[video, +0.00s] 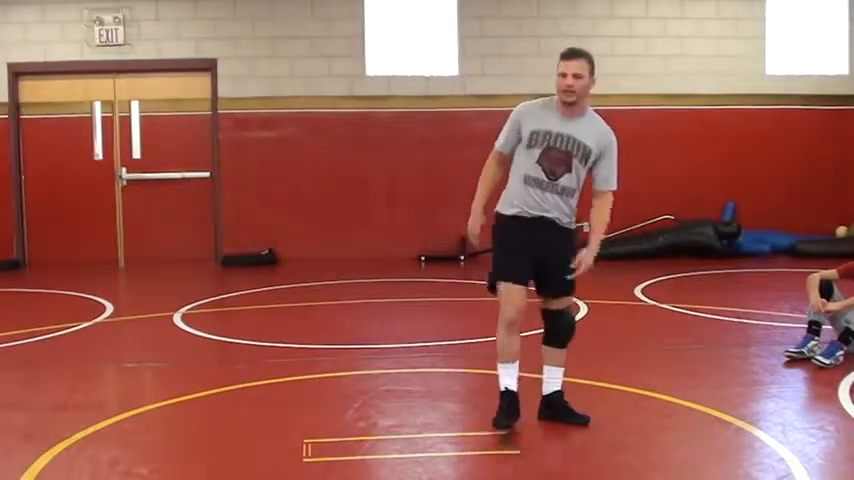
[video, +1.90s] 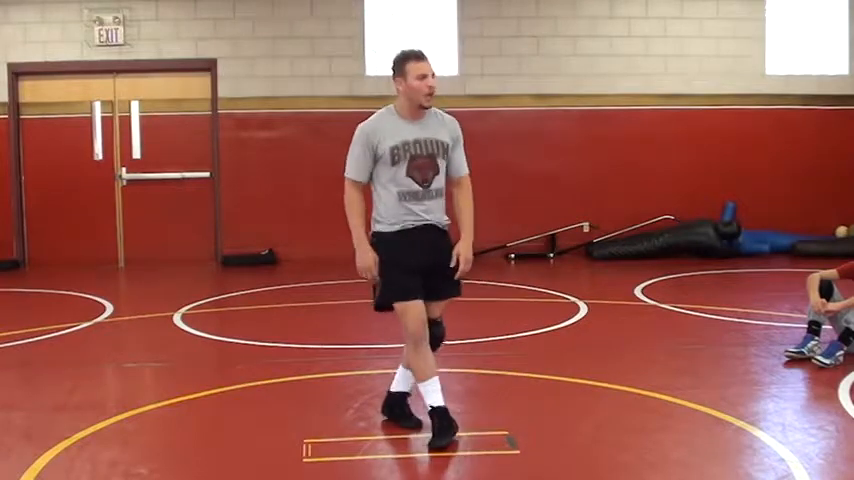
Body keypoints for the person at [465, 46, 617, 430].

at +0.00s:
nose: (568, 83)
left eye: (577, 76)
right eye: (563, 75)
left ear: (591, 82)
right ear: (555, 78)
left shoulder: (602, 137)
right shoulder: (525, 114)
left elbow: (603, 197)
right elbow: (496, 162)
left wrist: (593, 246)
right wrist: (476, 213)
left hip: (558, 230)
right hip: (513, 223)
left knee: (561, 318)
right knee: (512, 314)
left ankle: (551, 398)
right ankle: (508, 396)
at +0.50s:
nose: (522, 91)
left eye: (531, 84)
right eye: (518, 83)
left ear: (549, 86)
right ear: (511, 83)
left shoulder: (569, 134)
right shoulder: (487, 122)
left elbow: (576, 194)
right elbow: (462, 173)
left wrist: (560, 245)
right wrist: (450, 225)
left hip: (540, 237)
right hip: (488, 234)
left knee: (548, 323)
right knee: (472, 321)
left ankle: (550, 399)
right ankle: (455, 408)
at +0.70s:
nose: (474, 91)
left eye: (482, 84)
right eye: (469, 84)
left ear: (504, 85)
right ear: (465, 84)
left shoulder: (532, 127)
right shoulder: (450, 129)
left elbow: (552, 183)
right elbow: (433, 186)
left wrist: (562, 240)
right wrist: (436, 242)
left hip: (513, 240)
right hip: (463, 239)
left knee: (540, 323)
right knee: (455, 329)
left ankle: (547, 400)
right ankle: (450, 418)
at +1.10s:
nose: (415, 83)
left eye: (423, 75)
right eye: (414, 76)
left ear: (448, 78)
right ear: (419, 80)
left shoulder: (488, 118)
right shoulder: (405, 131)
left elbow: (511, 174)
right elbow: (402, 195)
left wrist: (524, 228)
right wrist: (423, 247)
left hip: (483, 234)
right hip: (435, 239)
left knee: (515, 323)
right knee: (440, 326)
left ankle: (518, 393)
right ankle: (448, 417)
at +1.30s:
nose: (407, 82)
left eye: (414, 74)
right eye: (404, 75)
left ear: (439, 76)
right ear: (404, 78)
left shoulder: (478, 118)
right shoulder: (396, 131)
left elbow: (501, 176)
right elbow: (386, 193)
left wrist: (513, 230)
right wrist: (391, 248)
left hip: (474, 234)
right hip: (424, 238)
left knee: (506, 329)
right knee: (438, 329)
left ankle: (477, 383)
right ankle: (447, 417)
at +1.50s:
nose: (403, 84)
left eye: (410, 75)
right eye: (399, 77)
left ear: (434, 76)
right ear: (397, 82)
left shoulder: (470, 119)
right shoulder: (389, 133)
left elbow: (487, 179)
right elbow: (374, 191)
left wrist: (488, 233)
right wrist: (366, 251)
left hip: (464, 234)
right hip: (417, 239)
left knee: (482, 335)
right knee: (433, 330)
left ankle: (422, 375)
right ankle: (447, 418)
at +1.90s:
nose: (430, 84)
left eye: (431, 76)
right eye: (421, 78)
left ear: (433, 80)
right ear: (399, 83)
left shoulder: (448, 126)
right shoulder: (371, 131)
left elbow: (461, 185)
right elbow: (353, 189)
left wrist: (466, 238)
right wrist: (361, 246)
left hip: (437, 236)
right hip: (394, 239)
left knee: (432, 329)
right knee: (415, 330)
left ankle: (397, 395)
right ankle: (440, 416)